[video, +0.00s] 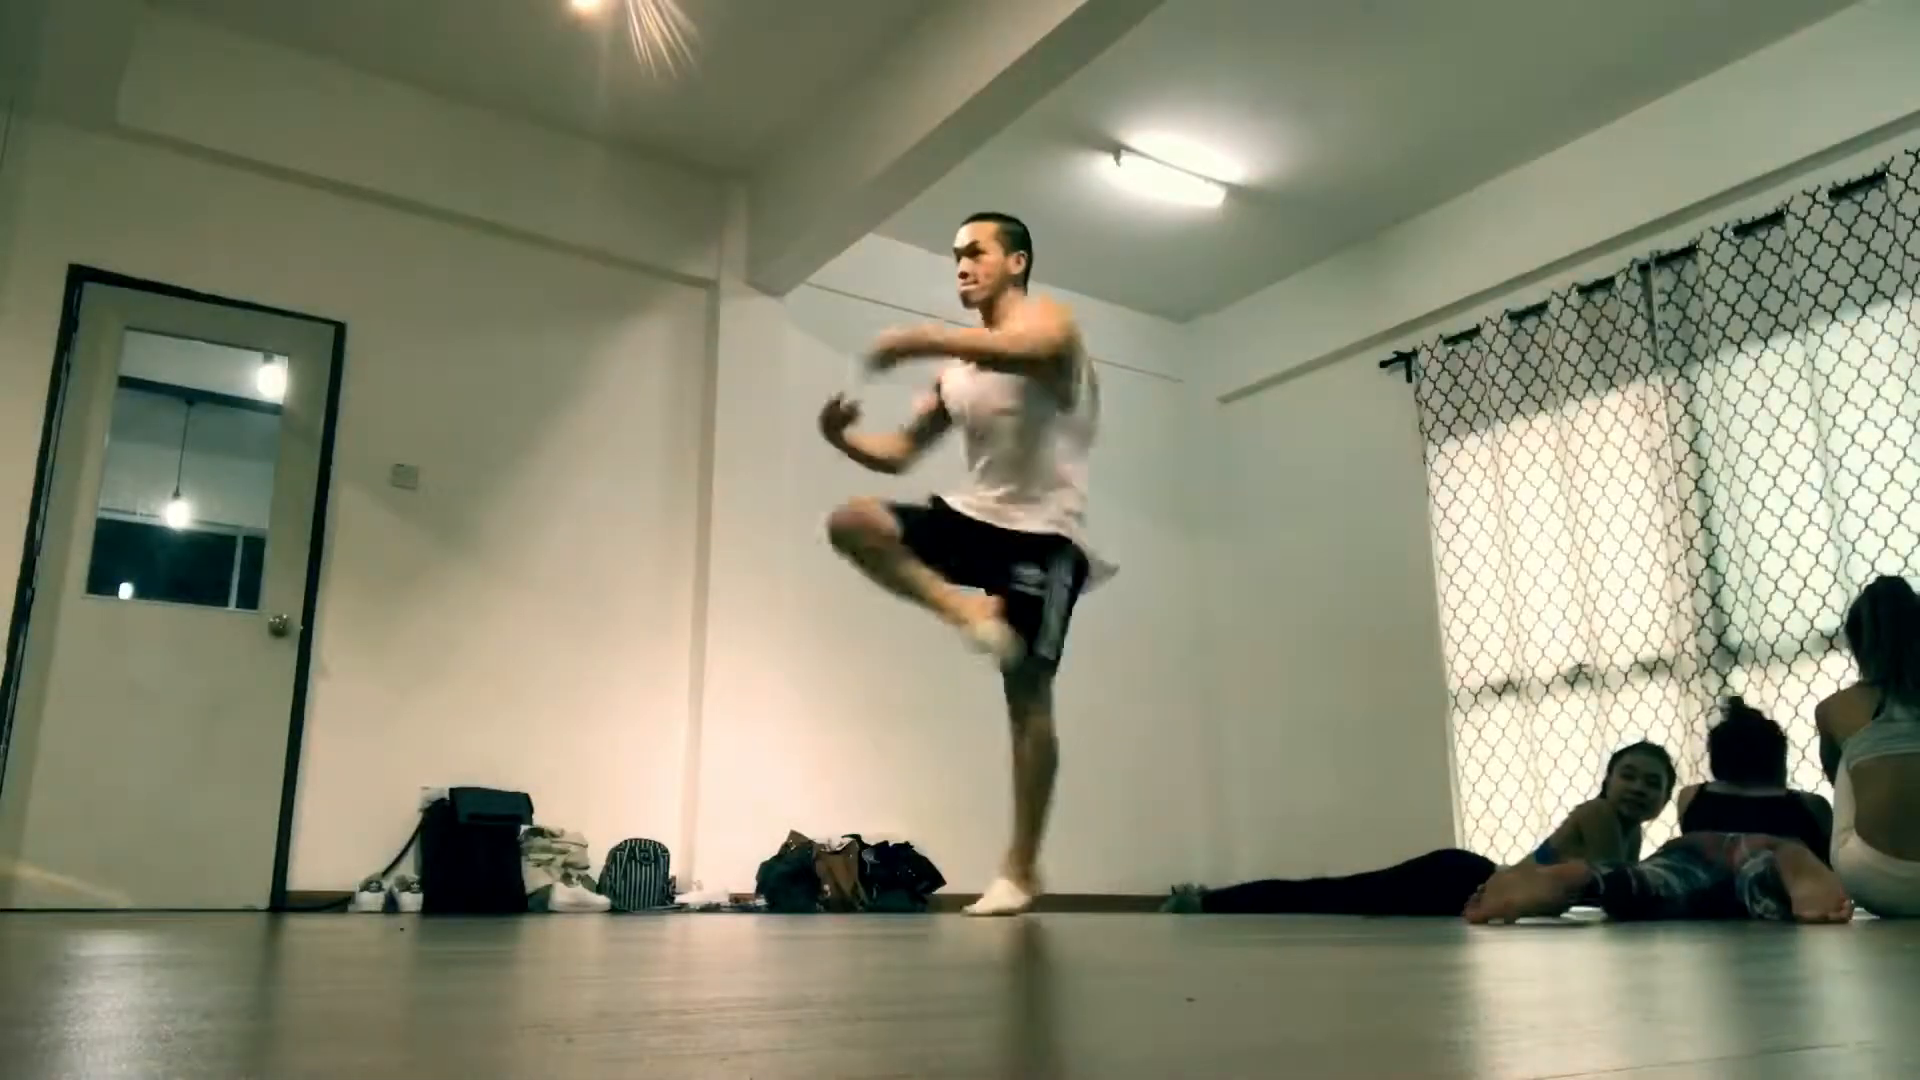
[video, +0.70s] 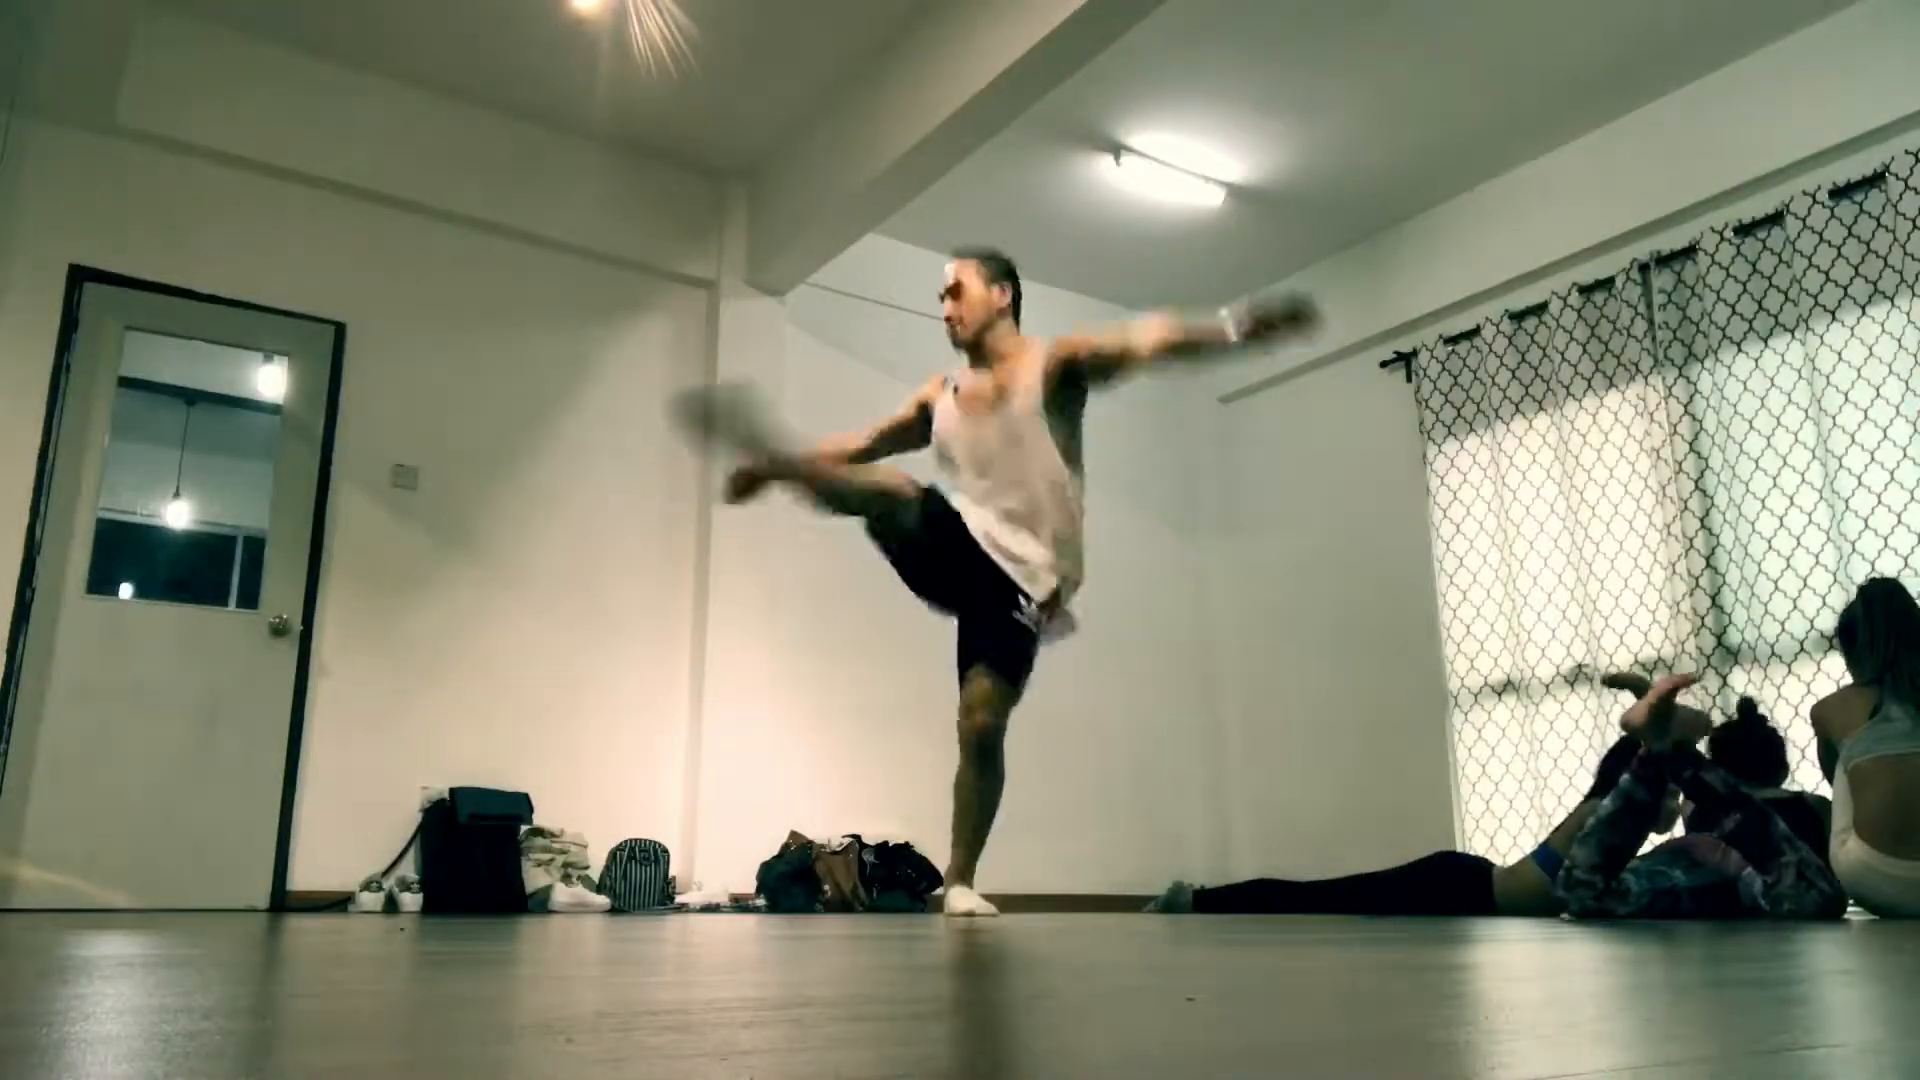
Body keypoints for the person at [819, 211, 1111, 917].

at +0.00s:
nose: (961, 266)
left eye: (976, 253)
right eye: (958, 256)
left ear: (1017, 262)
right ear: (961, 273)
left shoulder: (1051, 318)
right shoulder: (960, 368)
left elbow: (1034, 348)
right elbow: (900, 450)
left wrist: (924, 339)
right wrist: (845, 436)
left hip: (1042, 533)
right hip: (970, 521)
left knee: (1027, 700)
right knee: (849, 523)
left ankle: (1020, 873)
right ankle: (970, 611)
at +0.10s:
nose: (941, 257)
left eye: (955, 245)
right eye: (941, 246)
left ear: (996, 255)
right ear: (991, 263)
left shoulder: (973, 301)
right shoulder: (1014, 331)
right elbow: (1001, 458)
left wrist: (838, 396)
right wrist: (915, 462)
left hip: (1022, 505)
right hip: (1032, 506)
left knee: (1025, 691)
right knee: (920, 555)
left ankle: (1043, 865)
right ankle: (941, 624)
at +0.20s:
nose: (928, 254)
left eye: (935, 243)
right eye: (933, 241)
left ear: (951, 251)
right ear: (998, 259)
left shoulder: (911, 322)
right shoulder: (1041, 333)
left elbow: (865, 417)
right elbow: (1100, 424)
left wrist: (921, 444)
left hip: (969, 525)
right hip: (1060, 524)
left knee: (989, 685)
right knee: (1019, 593)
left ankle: (1015, 860)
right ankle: (952, 663)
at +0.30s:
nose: (1004, 249)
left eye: (998, 236)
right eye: (994, 237)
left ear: (938, 260)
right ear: (972, 249)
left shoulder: (903, 350)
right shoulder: (995, 313)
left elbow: (957, 445)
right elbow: (1115, 364)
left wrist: (1044, 421)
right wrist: (1123, 388)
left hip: (935, 532)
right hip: (1007, 496)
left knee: (956, 682)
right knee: (1131, 523)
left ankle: (968, 854)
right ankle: (1024, 638)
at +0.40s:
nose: (957, 245)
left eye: (970, 234)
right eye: (943, 239)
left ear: (996, 253)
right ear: (933, 262)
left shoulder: (1006, 347)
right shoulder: (938, 311)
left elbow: (1055, 420)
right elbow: (1019, 331)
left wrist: (1119, 389)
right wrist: (1109, 327)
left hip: (960, 512)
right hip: (952, 475)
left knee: (962, 680)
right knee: (1111, 484)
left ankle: (937, 852)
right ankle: (1098, 637)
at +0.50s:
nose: (943, 279)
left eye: (956, 265)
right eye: (937, 270)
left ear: (997, 273)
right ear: (937, 286)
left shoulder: (1043, 355)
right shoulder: (926, 337)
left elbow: (1112, 414)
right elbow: (900, 381)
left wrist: (1165, 413)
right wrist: (918, 367)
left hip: (1002, 519)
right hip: (926, 514)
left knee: (982, 698)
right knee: (1021, 483)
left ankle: (953, 872)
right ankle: (1162, 602)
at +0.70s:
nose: (944, 306)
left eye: (957, 292)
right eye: (942, 296)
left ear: (1004, 296)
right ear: (960, 311)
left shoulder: (1057, 360)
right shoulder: (943, 398)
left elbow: (1148, 340)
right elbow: (860, 451)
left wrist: (1234, 330)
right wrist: (774, 466)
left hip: (1022, 582)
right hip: (958, 543)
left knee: (981, 727)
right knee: (884, 490)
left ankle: (960, 884)